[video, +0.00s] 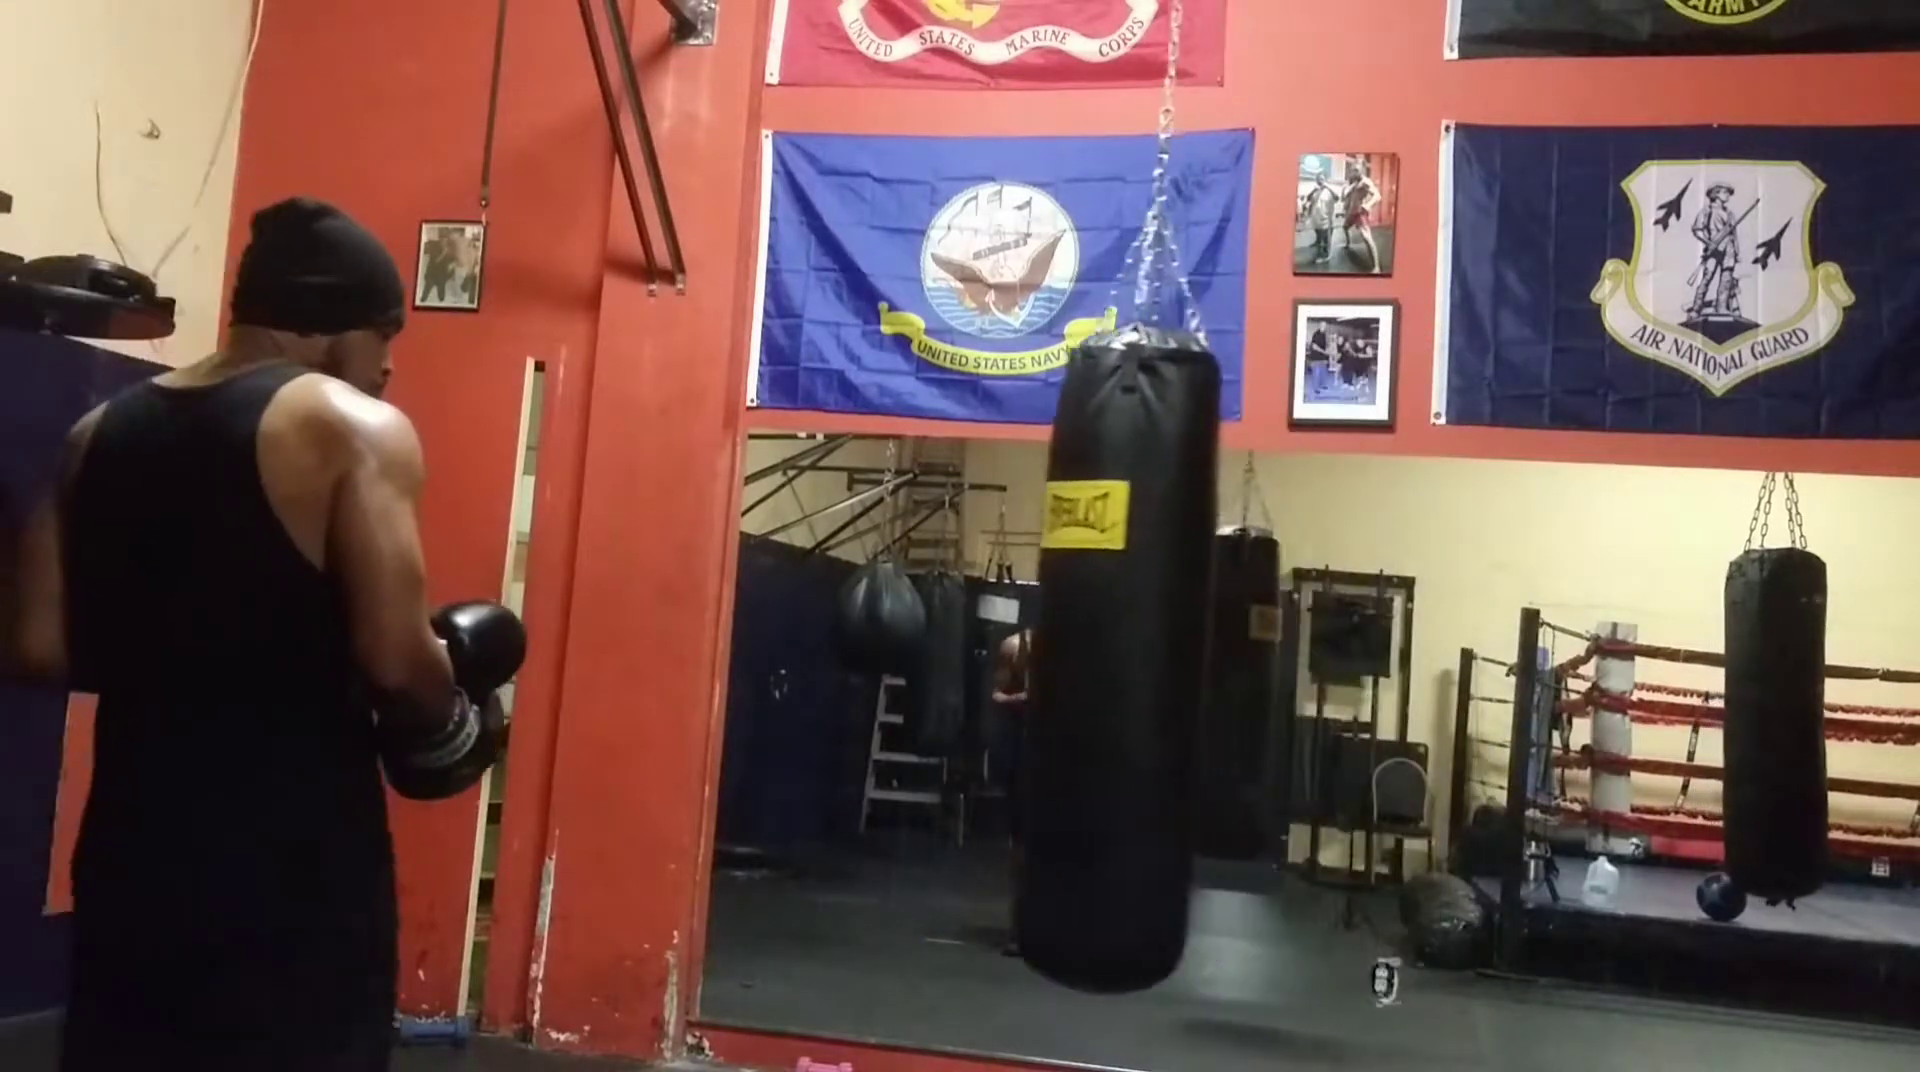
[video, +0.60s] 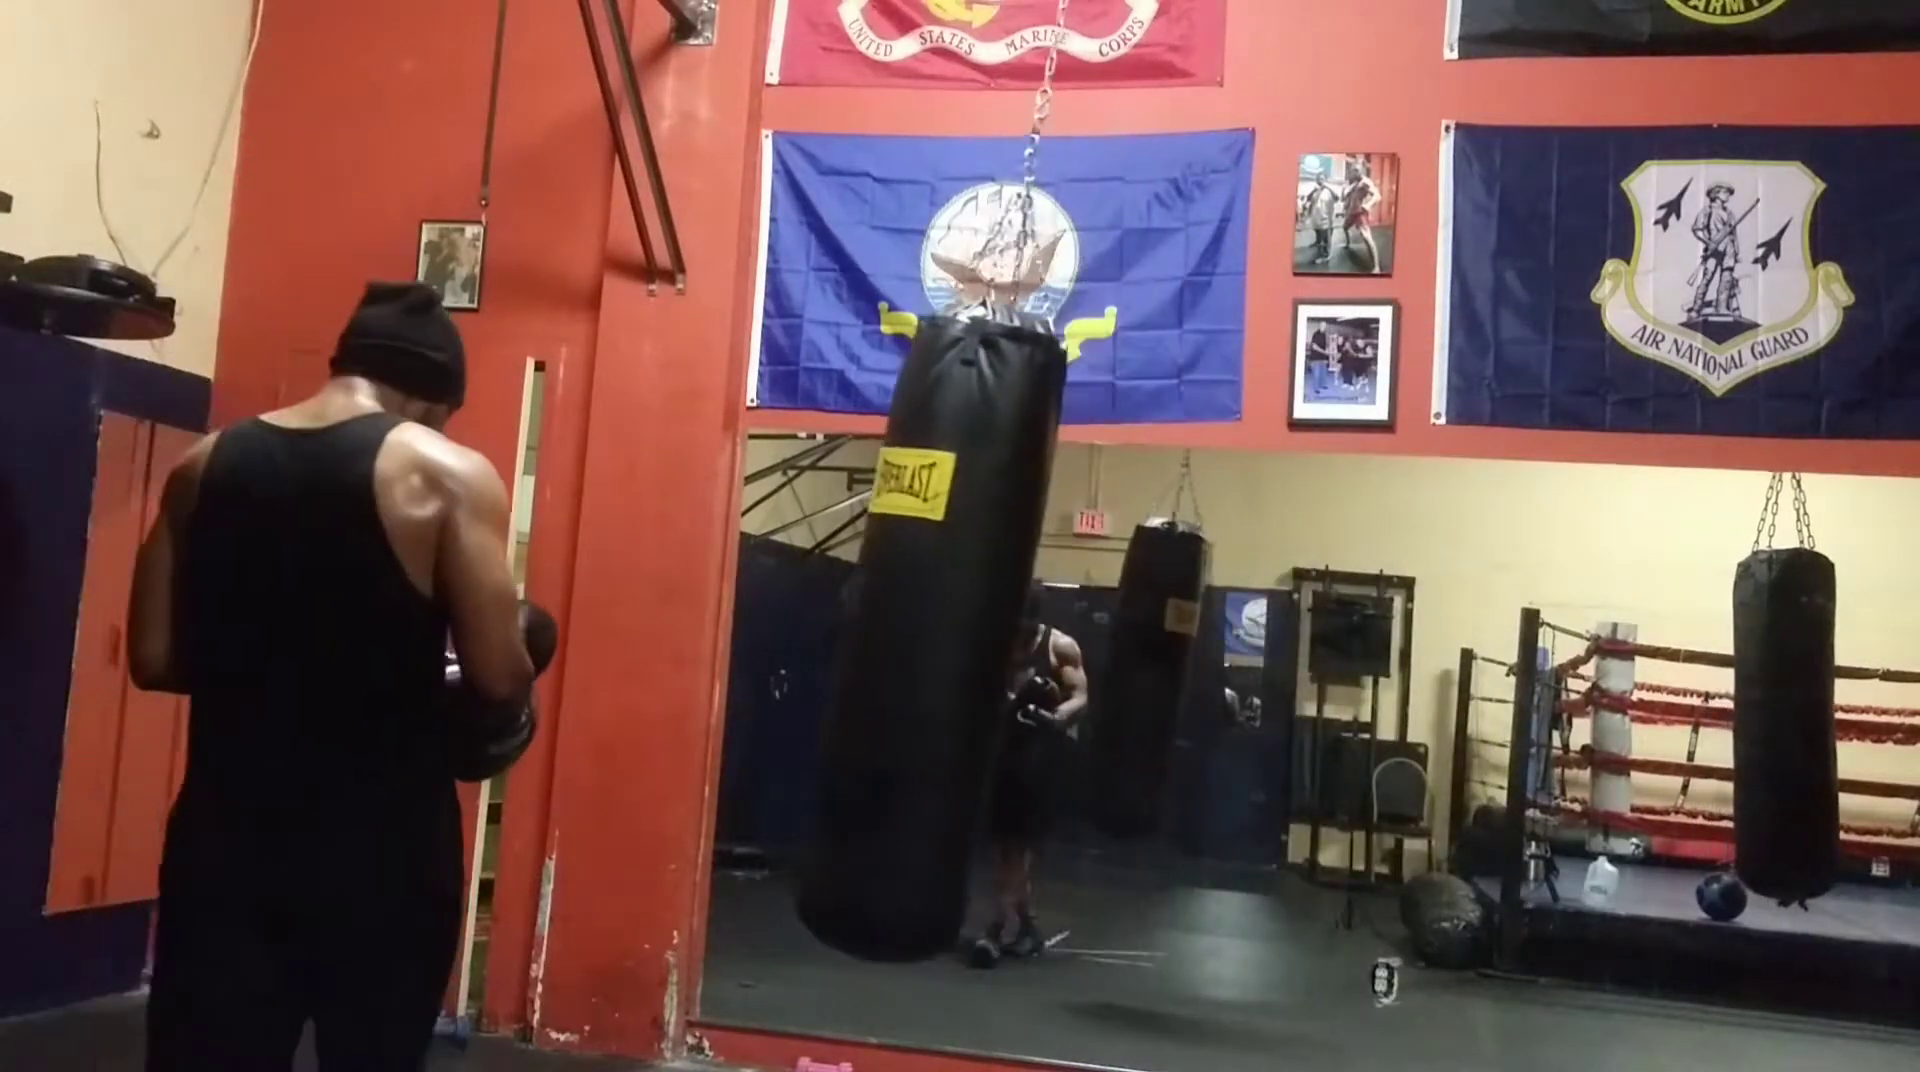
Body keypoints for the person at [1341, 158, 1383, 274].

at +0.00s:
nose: (1352, 173)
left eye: (1355, 170)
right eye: (1351, 171)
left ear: (1359, 172)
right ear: (1349, 172)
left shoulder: (1365, 182)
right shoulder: (1350, 184)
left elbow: (1376, 196)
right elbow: (1344, 198)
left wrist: (1367, 206)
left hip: (1360, 212)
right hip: (1350, 212)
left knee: (1366, 237)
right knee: (1345, 227)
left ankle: (1376, 266)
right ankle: (1348, 243)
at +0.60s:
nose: (1352, 174)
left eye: (1355, 171)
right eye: (1352, 171)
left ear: (1359, 172)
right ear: (1350, 172)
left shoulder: (1365, 182)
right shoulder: (1350, 184)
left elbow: (1376, 195)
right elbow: (1343, 198)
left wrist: (1367, 206)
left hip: (1361, 212)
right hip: (1351, 212)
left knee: (1366, 236)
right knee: (1345, 227)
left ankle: (1376, 266)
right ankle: (1348, 243)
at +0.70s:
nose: (1351, 174)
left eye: (1354, 171)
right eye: (1350, 172)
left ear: (1358, 172)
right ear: (1350, 173)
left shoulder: (1365, 182)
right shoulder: (1351, 184)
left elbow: (1376, 195)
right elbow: (1345, 199)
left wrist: (1367, 206)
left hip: (1361, 212)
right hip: (1351, 212)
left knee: (1366, 237)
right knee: (1345, 227)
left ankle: (1376, 266)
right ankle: (1348, 243)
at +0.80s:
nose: (1352, 174)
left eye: (1355, 171)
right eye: (1351, 171)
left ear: (1359, 172)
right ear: (1349, 173)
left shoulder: (1365, 182)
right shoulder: (1349, 184)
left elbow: (1376, 196)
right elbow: (1343, 198)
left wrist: (1366, 206)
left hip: (1360, 212)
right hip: (1350, 212)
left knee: (1367, 237)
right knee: (1345, 227)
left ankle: (1376, 266)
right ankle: (1348, 243)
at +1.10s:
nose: (1351, 174)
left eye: (1354, 171)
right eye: (1350, 171)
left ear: (1358, 172)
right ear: (1349, 173)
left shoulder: (1364, 182)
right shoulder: (1349, 185)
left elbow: (1376, 196)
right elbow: (1344, 198)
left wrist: (1366, 206)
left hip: (1360, 212)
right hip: (1350, 213)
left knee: (1367, 238)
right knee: (1345, 228)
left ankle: (1376, 266)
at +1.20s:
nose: (1351, 174)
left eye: (1353, 171)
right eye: (1350, 171)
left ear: (1358, 172)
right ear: (1350, 173)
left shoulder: (1365, 182)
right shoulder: (1351, 184)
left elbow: (1376, 196)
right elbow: (1346, 199)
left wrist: (1366, 206)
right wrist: (1345, 210)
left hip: (1361, 212)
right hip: (1351, 212)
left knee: (1367, 237)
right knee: (1345, 227)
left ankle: (1376, 266)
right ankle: (1348, 243)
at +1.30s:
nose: (1351, 174)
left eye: (1354, 171)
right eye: (1351, 172)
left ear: (1358, 172)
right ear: (1350, 173)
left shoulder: (1365, 182)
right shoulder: (1351, 184)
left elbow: (1376, 196)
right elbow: (1344, 198)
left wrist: (1366, 206)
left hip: (1361, 211)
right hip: (1351, 211)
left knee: (1367, 237)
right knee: (1345, 227)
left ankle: (1376, 266)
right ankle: (1348, 243)